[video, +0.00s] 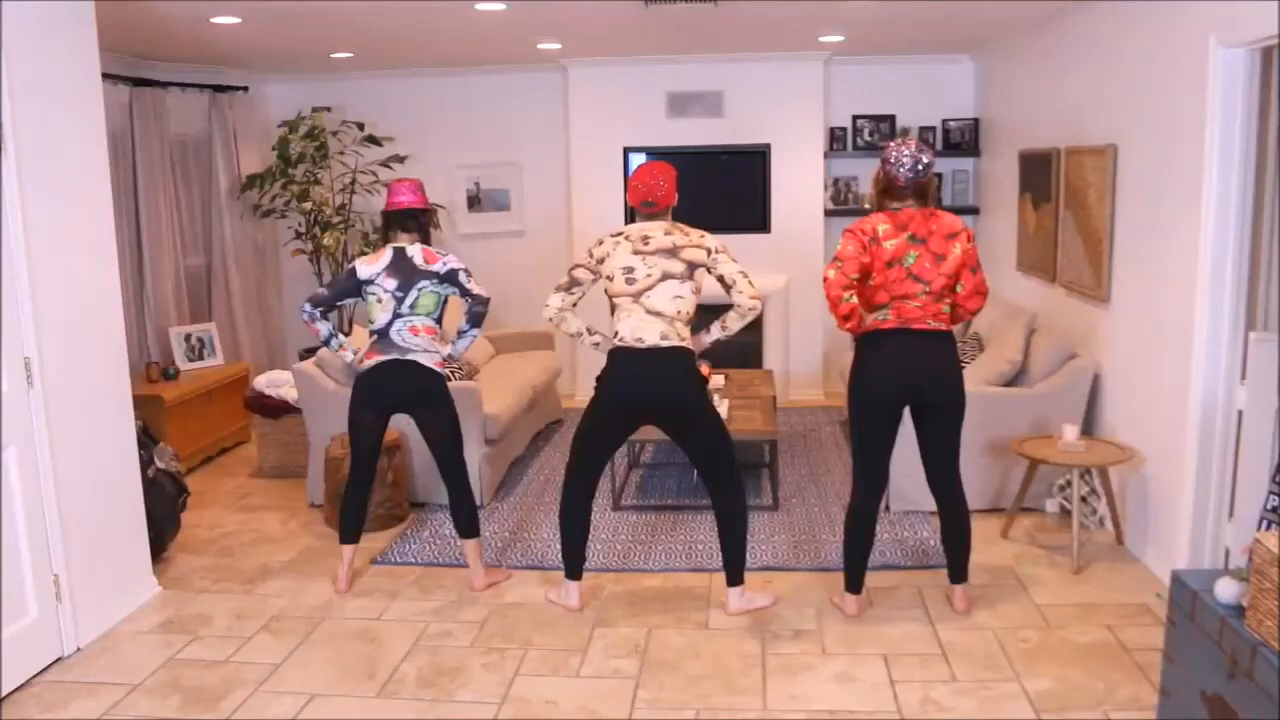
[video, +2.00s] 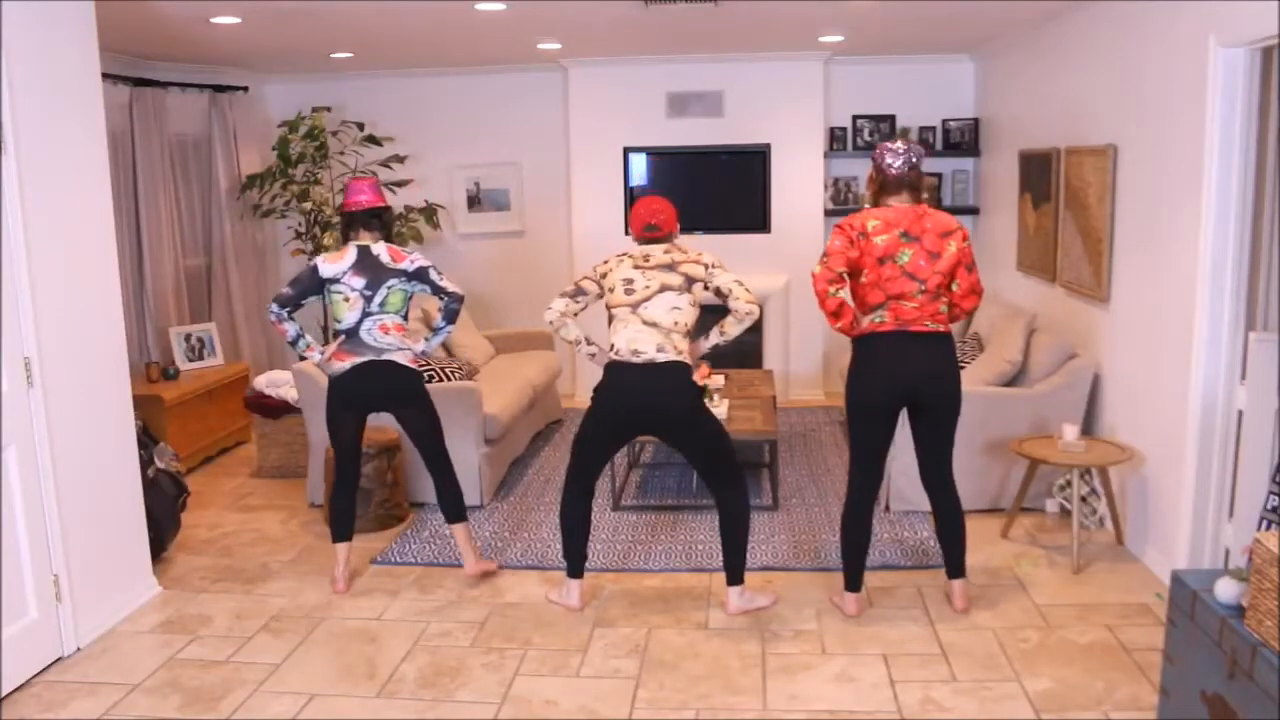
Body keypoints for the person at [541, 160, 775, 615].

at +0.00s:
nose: (663, 202)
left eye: (642, 196)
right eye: (669, 194)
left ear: (631, 201)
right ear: (674, 200)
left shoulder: (607, 245)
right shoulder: (700, 242)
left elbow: (557, 308)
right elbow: (748, 301)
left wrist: (606, 345)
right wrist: (702, 340)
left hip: (622, 378)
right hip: (678, 379)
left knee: (580, 475)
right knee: (724, 478)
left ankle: (571, 587)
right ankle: (736, 591)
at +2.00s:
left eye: (640, 225)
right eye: (670, 226)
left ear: (632, 232)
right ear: (676, 231)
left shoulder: (612, 266)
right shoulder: (699, 263)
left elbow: (557, 314)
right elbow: (747, 308)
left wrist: (598, 355)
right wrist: (701, 346)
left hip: (619, 390)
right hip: (676, 391)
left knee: (579, 481)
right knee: (729, 485)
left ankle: (573, 588)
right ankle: (736, 592)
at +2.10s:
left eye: (645, 236)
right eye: (672, 234)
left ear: (637, 237)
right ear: (680, 235)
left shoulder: (616, 267)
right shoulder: (704, 263)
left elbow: (561, 312)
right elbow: (749, 312)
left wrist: (604, 356)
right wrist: (699, 342)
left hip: (624, 390)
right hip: (681, 391)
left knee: (581, 481)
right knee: (732, 485)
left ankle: (573, 588)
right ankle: (736, 592)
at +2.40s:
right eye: (662, 224)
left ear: (628, 227)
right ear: (668, 225)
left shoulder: (605, 254)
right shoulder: (694, 252)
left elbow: (554, 309)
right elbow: (720, 320)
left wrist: (594, 342)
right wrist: (679, 320)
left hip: (616, 381)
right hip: (673, 379)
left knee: (581, 480)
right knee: (722, 481)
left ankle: (574, 590)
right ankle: (736, 592)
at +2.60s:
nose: (632, 219)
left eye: (629, 211)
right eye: (637, 210)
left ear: (616, 211)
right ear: (656, 209)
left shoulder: (594, 240)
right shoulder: (685, 234)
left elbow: (553, 294)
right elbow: (709, 304)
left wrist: (592, 333)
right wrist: (673, 296)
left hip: (614, 366)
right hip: (668, 365)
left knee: (582, 474)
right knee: (714, 470)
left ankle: (573, 586)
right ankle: (721, 577)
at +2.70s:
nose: (626, 215)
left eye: (622, 208)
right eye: (629, 206)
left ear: (612, 208)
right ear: (653, 204)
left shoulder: (596, 241)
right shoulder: (686, 233)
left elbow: (561, 295)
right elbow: (713, 302)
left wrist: (600, 340)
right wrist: (672, 303)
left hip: (626, 366)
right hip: (678, 365)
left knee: (574, 465)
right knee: (707, 471)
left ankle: (587, 575)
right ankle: (716, 584)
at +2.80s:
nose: (617, 212)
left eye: (610, 206)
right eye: (624, 203)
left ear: (606, 205)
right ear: (647, 201)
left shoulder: (591, 240)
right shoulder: (680, 231)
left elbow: (562, 299)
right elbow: (709, 300)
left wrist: (598, 342)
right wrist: (670, 314)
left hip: (624, 367)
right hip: (675, 365)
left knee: (576, 471)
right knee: (701, 471)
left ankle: (598, 582)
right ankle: (714, 582)